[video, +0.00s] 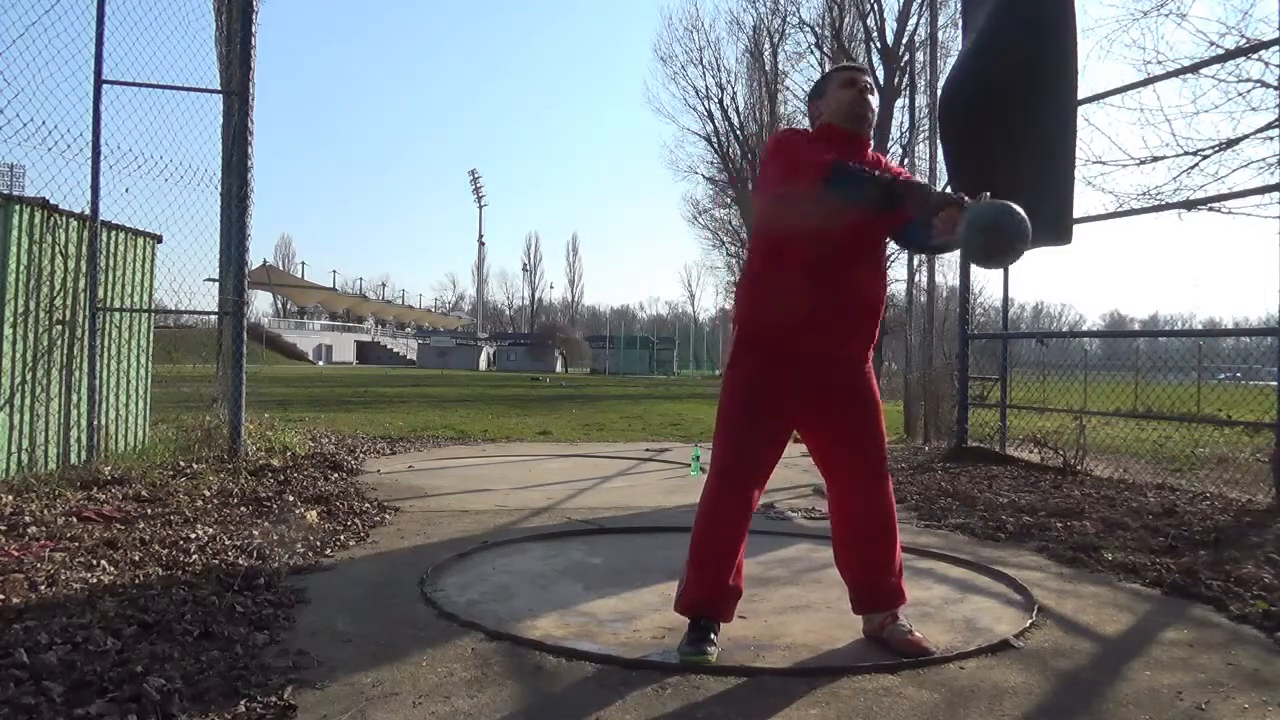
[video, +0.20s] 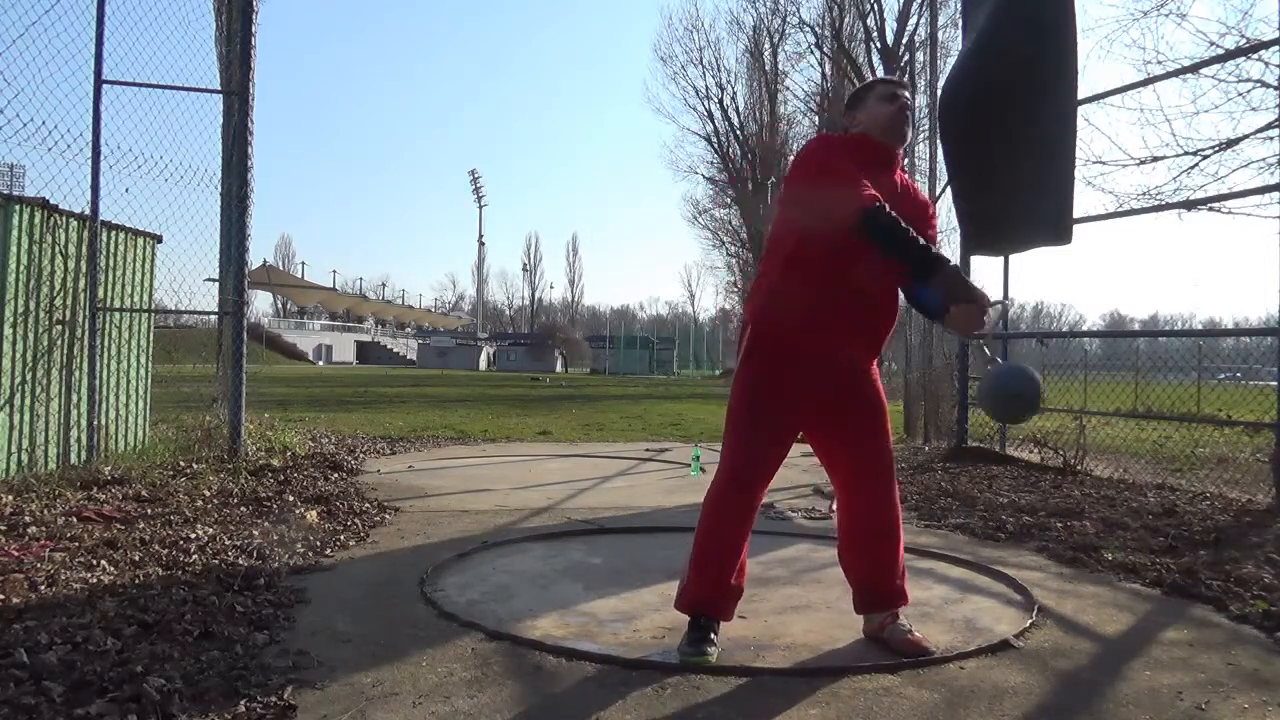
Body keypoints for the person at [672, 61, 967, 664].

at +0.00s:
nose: (865, 92)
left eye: (871, 88)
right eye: (850, 84)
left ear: (876, 110)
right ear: (817, 106)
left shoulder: (886, 172)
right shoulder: (789, 148)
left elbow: (916, 227)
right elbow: (838, 187)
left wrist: (955, 222)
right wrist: (919, 202)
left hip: (844, 357)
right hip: (766, 350)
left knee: (867, 483)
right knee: (733, 482)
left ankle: (882, 617)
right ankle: (703, 620)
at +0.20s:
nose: (904, 109)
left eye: (909, 105)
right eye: (889, 99)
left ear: (909, 128)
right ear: (851, 114)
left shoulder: (914, 202)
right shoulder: (821, 157)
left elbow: (917, 277)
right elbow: (872, 220)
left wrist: (953, 309)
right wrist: (946, 277)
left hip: (851, 361)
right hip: (778, 348)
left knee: (874, 483)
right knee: (741, 479)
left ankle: (882, 617)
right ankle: (703, 619)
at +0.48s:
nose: (953, 121)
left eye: (953, 113)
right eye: (938, 110)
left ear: (907, 128)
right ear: (895, 121)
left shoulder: (889, 179)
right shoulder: (887, 167)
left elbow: (868, 289)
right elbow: (919, 267)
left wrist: (914, 354)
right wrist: (941, 354)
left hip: (853, 357)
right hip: (799, 346)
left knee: (878, 483)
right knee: (766, 483)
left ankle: (882, 616)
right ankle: (699, 608)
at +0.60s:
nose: (964, 121)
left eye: (962, 112)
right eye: (950, 110)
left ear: (906, 124)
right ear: (907, 119)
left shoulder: (868, 172)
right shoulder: (920, 169)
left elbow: (851, 271)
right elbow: (942, 266)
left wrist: (905, 322)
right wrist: (937, 323)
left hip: (857, 350)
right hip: (813, 342)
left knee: (877, 481)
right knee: (781, 490)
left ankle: (882, 616)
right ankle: (700, 604)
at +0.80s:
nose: (952, 113)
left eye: (952, 104)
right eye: (938, 104)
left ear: (900, 121)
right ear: (897, 114)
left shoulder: (872, 163)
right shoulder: (922, 163)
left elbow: (873, 244)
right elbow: (964, 230)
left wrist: (928, 262)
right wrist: (946, 259)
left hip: (854, 352)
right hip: (819, 344)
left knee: (876, 483)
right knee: (789, 491)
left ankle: (882, 617)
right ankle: (700, 599)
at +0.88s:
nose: (941, 109)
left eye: (940, 101)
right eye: (927, 102)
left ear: (896, 118)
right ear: (887, 113)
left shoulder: (870, 160)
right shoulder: (909, 157)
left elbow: (858, 246)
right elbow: (962, 222)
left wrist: (918, 257)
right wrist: (947, 256)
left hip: (850, 352)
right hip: (812, 345)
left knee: (874, 484)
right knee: (786, 495)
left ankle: (881, 617)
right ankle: (700, 601)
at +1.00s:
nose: (918, 107)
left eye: (920, 98)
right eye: (903, 98)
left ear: (917, 110)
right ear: (863, 113)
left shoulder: (856, 170)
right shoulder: (881, 158)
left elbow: (873, 276)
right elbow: (966, 224)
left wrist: (944, 257)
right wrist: (970, 232)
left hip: (842, 360)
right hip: (793, 351)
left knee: (871, 486)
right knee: (774, 496)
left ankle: (881, 618)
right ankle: (703, 606)